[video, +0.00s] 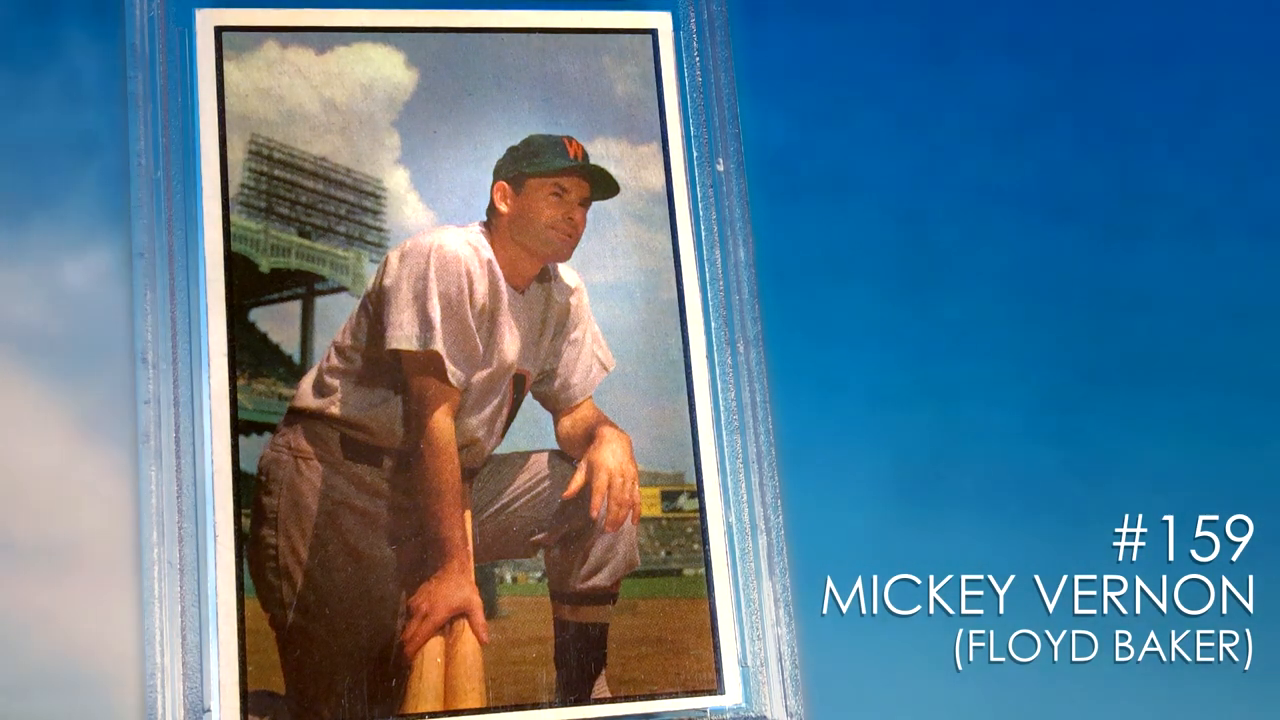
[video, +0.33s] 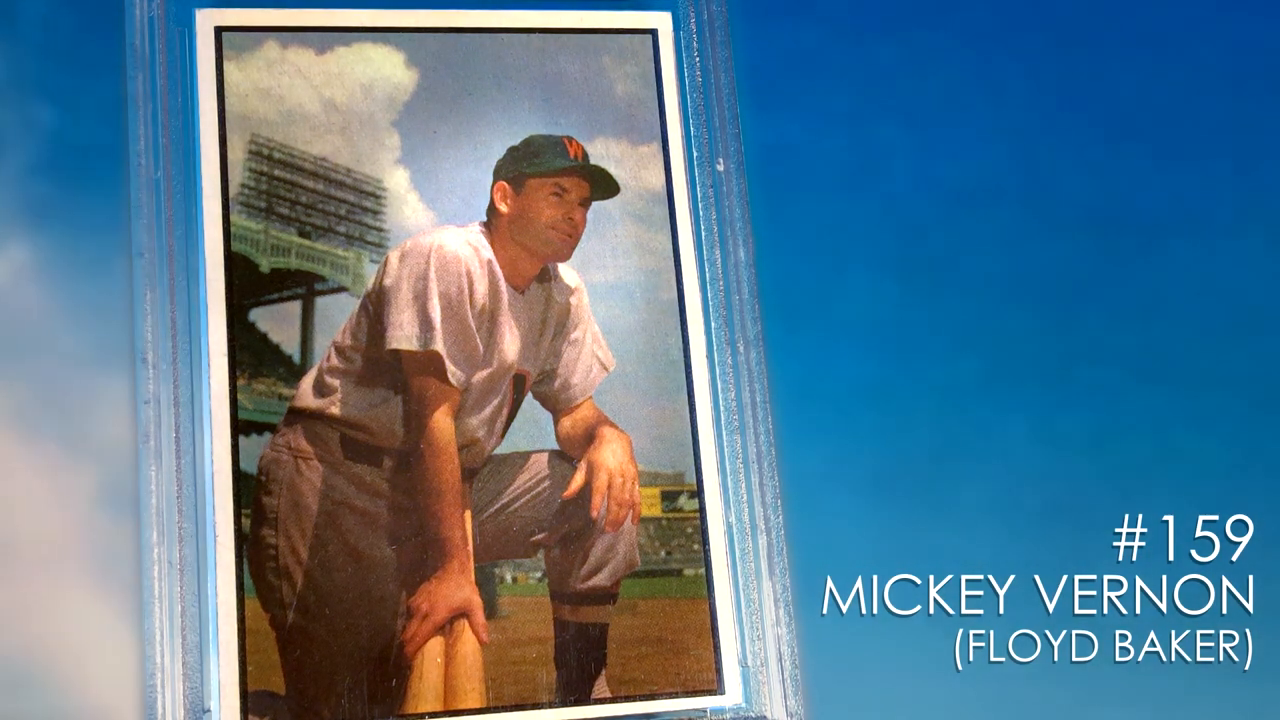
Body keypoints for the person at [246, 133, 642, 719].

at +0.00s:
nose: (576, 216)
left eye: (584, 204)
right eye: (557, 194)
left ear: (586, 217)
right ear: (504, 197)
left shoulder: (560, 296)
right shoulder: (441, 256)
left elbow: (575, 415)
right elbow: (431, 419)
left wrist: (609, 435)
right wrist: (454, 565)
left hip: (440, 486)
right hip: (335, 478)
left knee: (595, 488)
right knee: (352, 700)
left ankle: (580, 694)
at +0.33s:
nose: (576, 216)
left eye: (584, 204)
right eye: (558, 194)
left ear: (586, 217)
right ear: (505, 197)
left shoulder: (560, 295)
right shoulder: (443, 257)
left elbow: (575, 416)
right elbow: (431, 420)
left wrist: (609, 435)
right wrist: (454, 566)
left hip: (440, 486)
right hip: (334, 478)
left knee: (595, 487)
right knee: (350, 700)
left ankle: (580, 695)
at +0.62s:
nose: (576, 216)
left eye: (584, 204)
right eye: (558, 194)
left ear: (586, 218)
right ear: (505, 197)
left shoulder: (560, 296)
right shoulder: (441, 257)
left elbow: (575, 415)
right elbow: (431, 420)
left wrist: (609, 435)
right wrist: (454, 565)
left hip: (440, 486)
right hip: (334, 479)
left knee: (595, 488)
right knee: (350, 703)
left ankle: (579, 695)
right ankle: (241, 707)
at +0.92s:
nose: (576, 216)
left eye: (584, 204)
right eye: (557, 194)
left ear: (586, 217)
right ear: (505, 197)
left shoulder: (560, 296)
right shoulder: (441, 257)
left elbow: (575, 415)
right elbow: (432, 420)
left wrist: (609, 435)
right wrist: (454, 566)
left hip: (439, 485)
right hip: (334, 477)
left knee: (595, 488)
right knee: (349, 700)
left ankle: (580, 695)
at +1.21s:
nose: (576, 216)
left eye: (584, 204)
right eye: (557, 193)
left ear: (586, 217)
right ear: (505, 197)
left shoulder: (560, 296)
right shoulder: (441, 257)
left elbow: (575, 415)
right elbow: (432, 419)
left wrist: (609, 435)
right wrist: (454, 566)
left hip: (439, 486)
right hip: (335, 477)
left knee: (595, 488)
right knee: (349, 700)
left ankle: (580, 695)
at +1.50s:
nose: (576, 215)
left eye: (584, 203)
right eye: (558, 193)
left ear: (587, 217)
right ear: (504, 197)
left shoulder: (560, 296)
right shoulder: (441, 256)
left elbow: (575, 415)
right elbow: (432, 420)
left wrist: (609, 435)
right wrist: (454, 566)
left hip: (439, 486)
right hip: (334, 479)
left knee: (595, 488)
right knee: (348, 702)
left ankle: (581, 694)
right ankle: (237, 706)